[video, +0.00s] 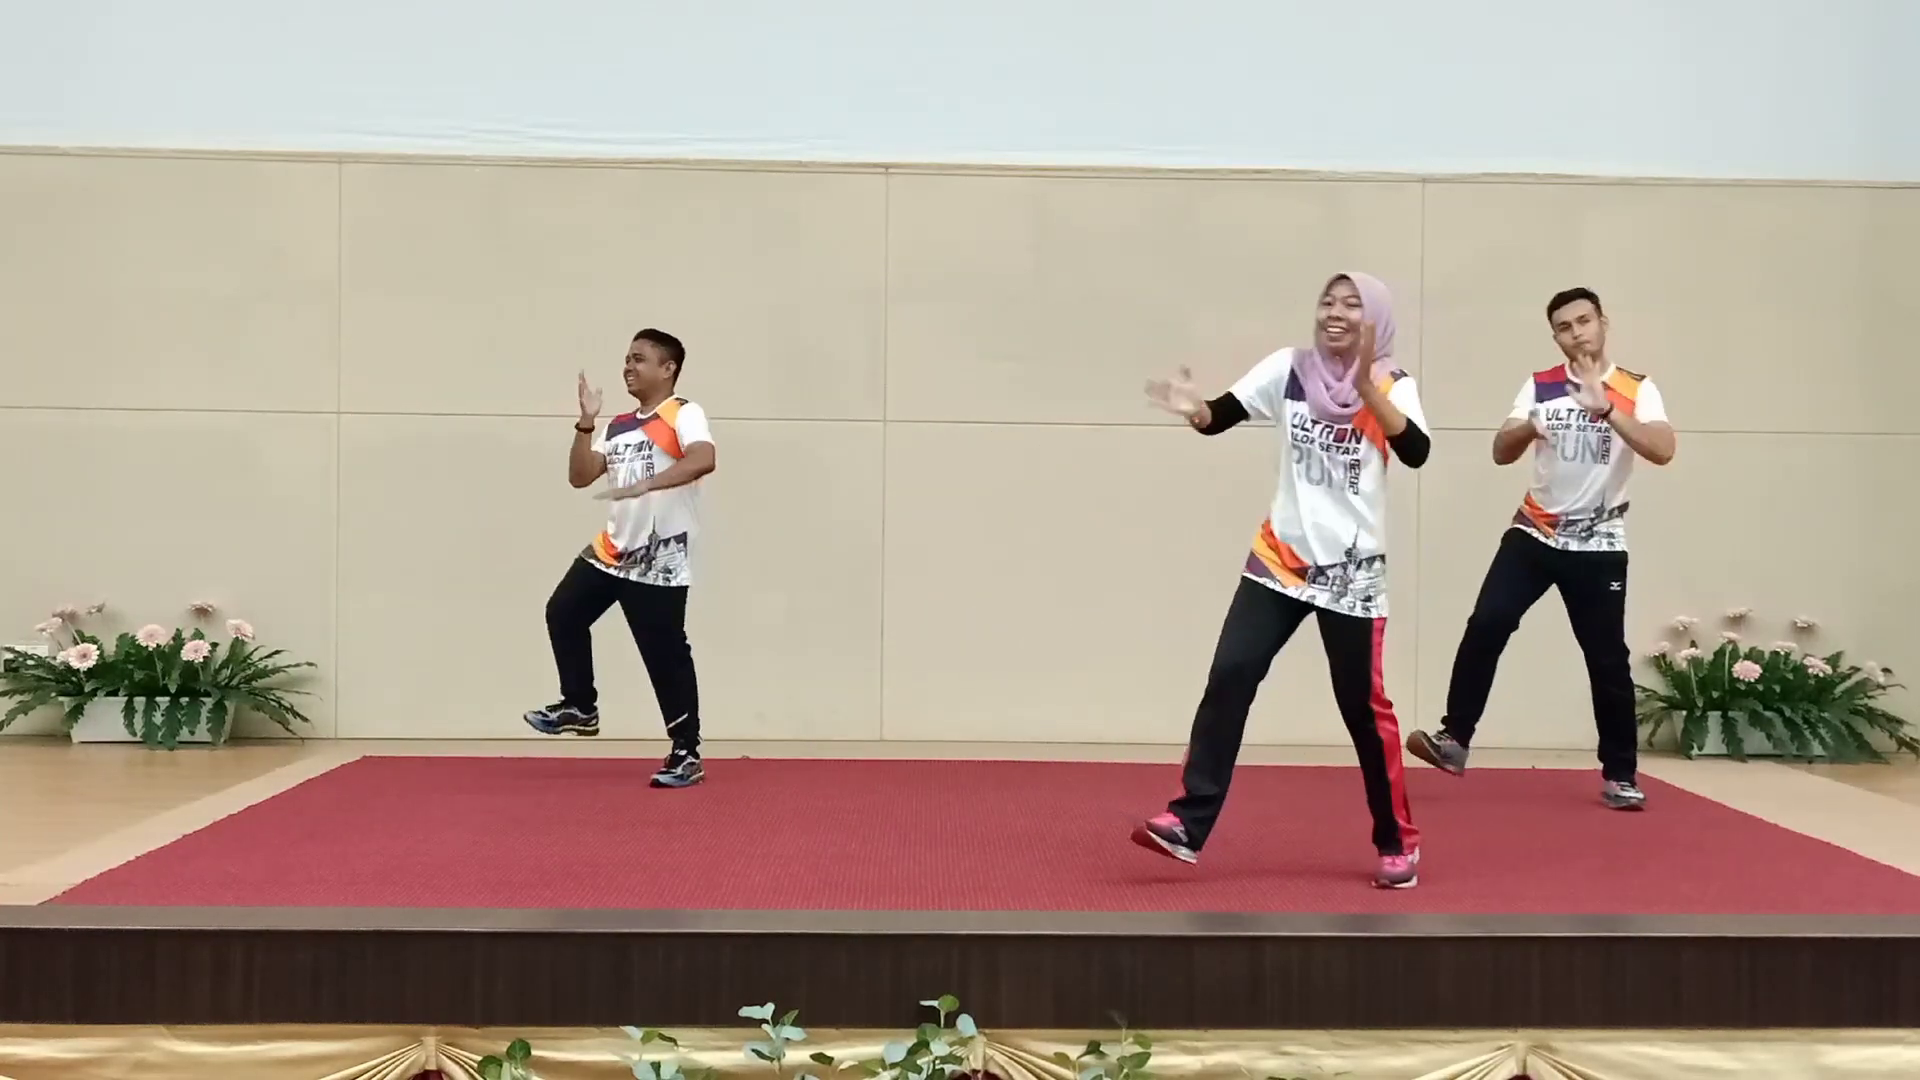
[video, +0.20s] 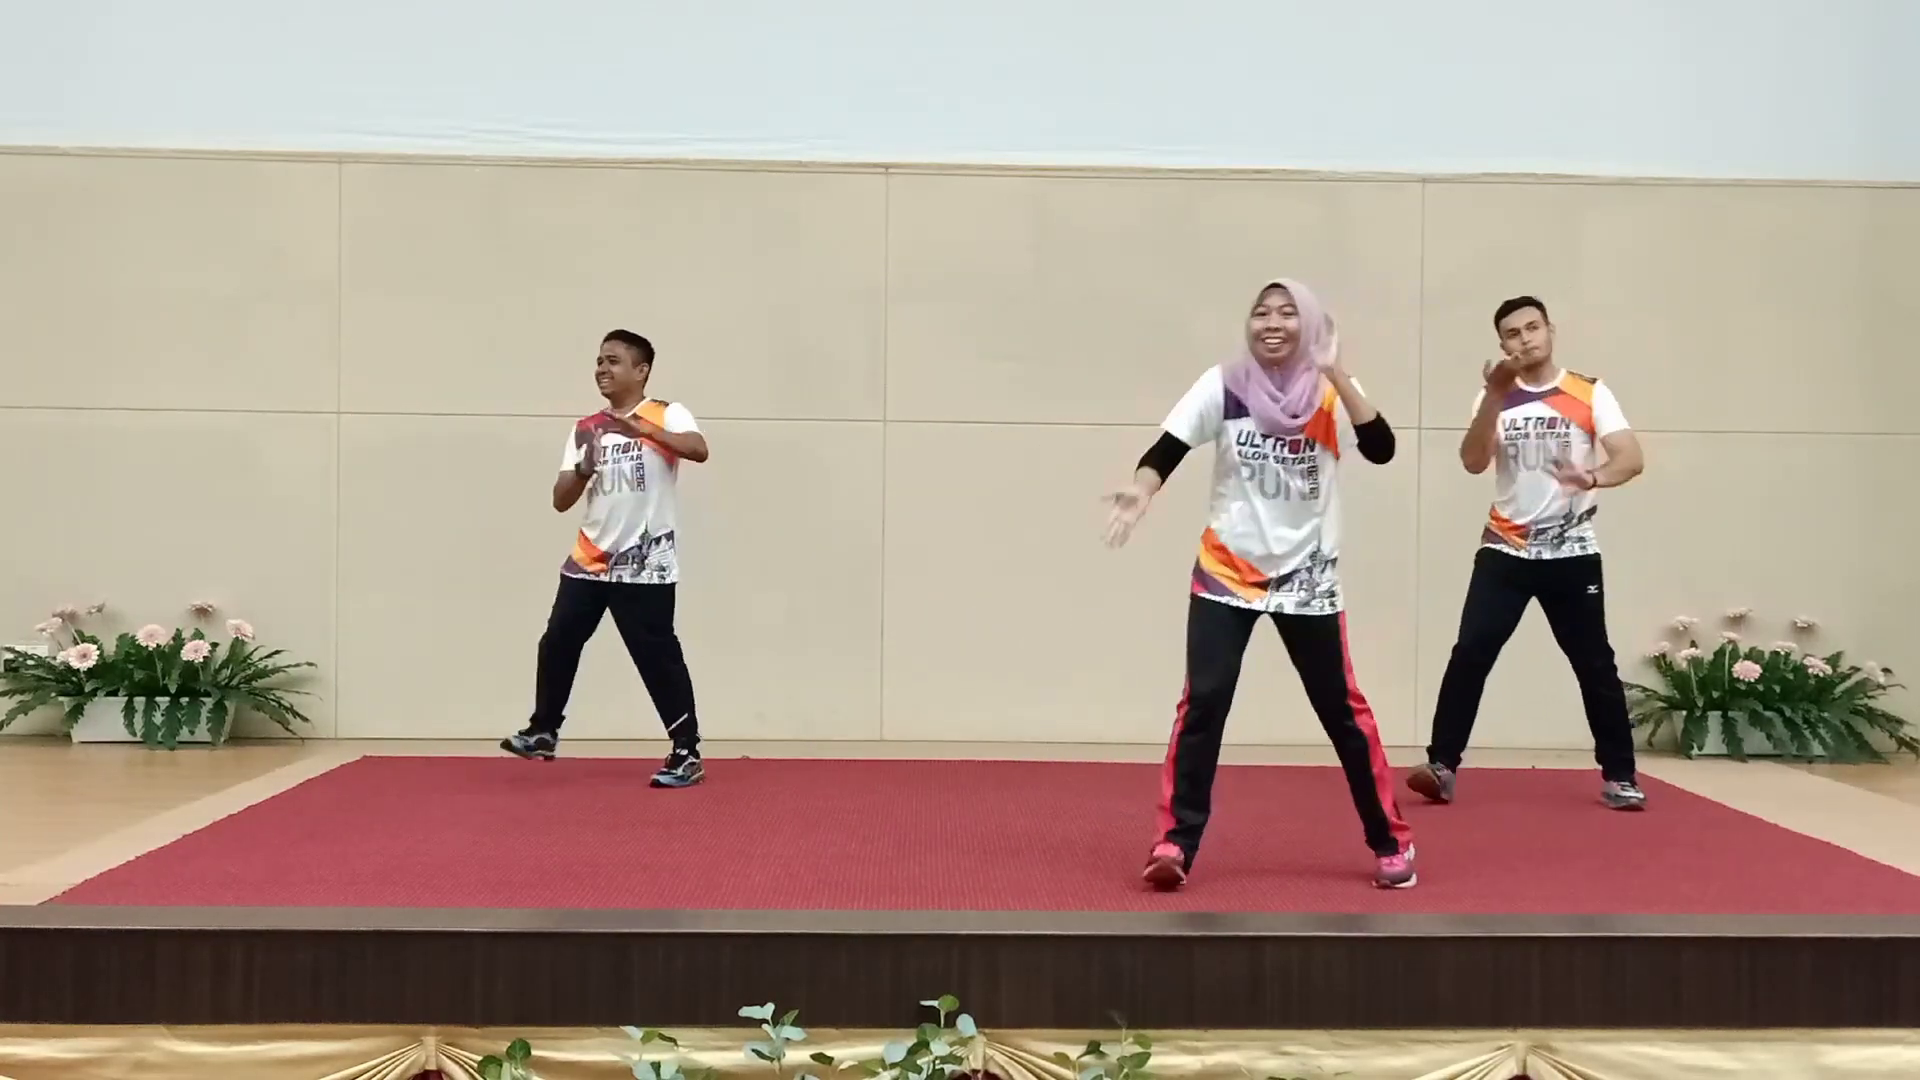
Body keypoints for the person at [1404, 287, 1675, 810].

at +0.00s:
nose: (1575, 333)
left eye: (1583, 321)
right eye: (1563, 327)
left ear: (1604, 324)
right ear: (1555, 337)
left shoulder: (1635, 389)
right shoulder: (1540, 387)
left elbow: (1663, 449)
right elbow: (1502, 452)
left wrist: (1608, 410)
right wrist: (1528, 428)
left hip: (1598, 544)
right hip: (1533, 536)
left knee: (1608, 662)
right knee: (1487, 624)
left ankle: (1621, 777)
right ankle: (1454, 740)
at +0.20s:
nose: (1523, 339)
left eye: (1531, 328)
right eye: (1511, 334)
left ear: (1551, 332)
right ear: (1502, 347)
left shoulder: (1590, 395)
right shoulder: (1494, 400)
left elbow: (1631, 459)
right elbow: (1473, 462)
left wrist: (1595, 478)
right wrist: (1494, 397)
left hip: (1571, 555)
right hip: (1505, 553)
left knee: (1595, 665)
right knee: (1471, 652)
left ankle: (1619, 777)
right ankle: (1441, 767)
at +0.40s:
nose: (1466, 338)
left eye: (1472, 328)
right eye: (1453, 333)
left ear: (1489, 334)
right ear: (1441, 347)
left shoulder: (1527, 396)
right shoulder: (1429, 405)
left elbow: (1563, 468)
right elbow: (1417, 475)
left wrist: (1541, 487)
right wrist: (1454, 422)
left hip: (1517, 553)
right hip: (1450, 552)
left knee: (1555, 663)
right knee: (1435, 660)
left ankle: (1597, 773)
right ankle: (1432, 775)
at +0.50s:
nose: (1445, 331)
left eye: (1450, 321)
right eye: (1432, 326)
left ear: (1465, 328)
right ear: (1417, 341)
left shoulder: (1502, 391)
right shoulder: (1403, 398)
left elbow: (1534, 468)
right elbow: (1388, 472)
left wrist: (1517, 448)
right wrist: (1429, 459)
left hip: (1492, 545)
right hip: (1429, 547)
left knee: (1524, 646)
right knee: (1429, 660)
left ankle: (1526, 762)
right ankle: (1432, 774)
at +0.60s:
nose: (1426, 328)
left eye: (1431, 318)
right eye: (1412, 324)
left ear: (1444, 324)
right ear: (1397, 339)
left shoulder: (1476, 386)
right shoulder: (1383, 397)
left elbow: (1510, 456)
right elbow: (1365, 467)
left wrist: (1490, 417)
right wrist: (1396, 492)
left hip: (1471, 542)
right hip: (1412, 546)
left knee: (1490, 645)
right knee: (1421, 658)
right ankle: (1431, 772)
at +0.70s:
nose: (1406, 331)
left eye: (1410, 322)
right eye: (1393, 328)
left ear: (1422, 328)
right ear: (1376, 343)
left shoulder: (1450, 390)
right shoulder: (1361, 402)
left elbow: (1493, 448)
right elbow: (1345, 473)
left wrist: (1467, 398)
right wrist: (1367, 519)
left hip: (1446, 546)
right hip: (1392, 547)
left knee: (1446, 656)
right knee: (1411, 659)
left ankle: (1368, 736)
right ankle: (1429, 773)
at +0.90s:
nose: (1372, 342)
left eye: (1376, 332)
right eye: (1359, 337)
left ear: (1387, 338)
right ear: (1341, 352)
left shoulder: (1410, 399)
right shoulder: (1325, 411)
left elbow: (1460, 458)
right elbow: (1314, 489)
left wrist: (1427, 423)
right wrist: (1346, 531)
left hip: (1400, 552)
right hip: (1351, 550)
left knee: (1384, 661)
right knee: (1382, 653)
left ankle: (1324, 765)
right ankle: (1409, 768)